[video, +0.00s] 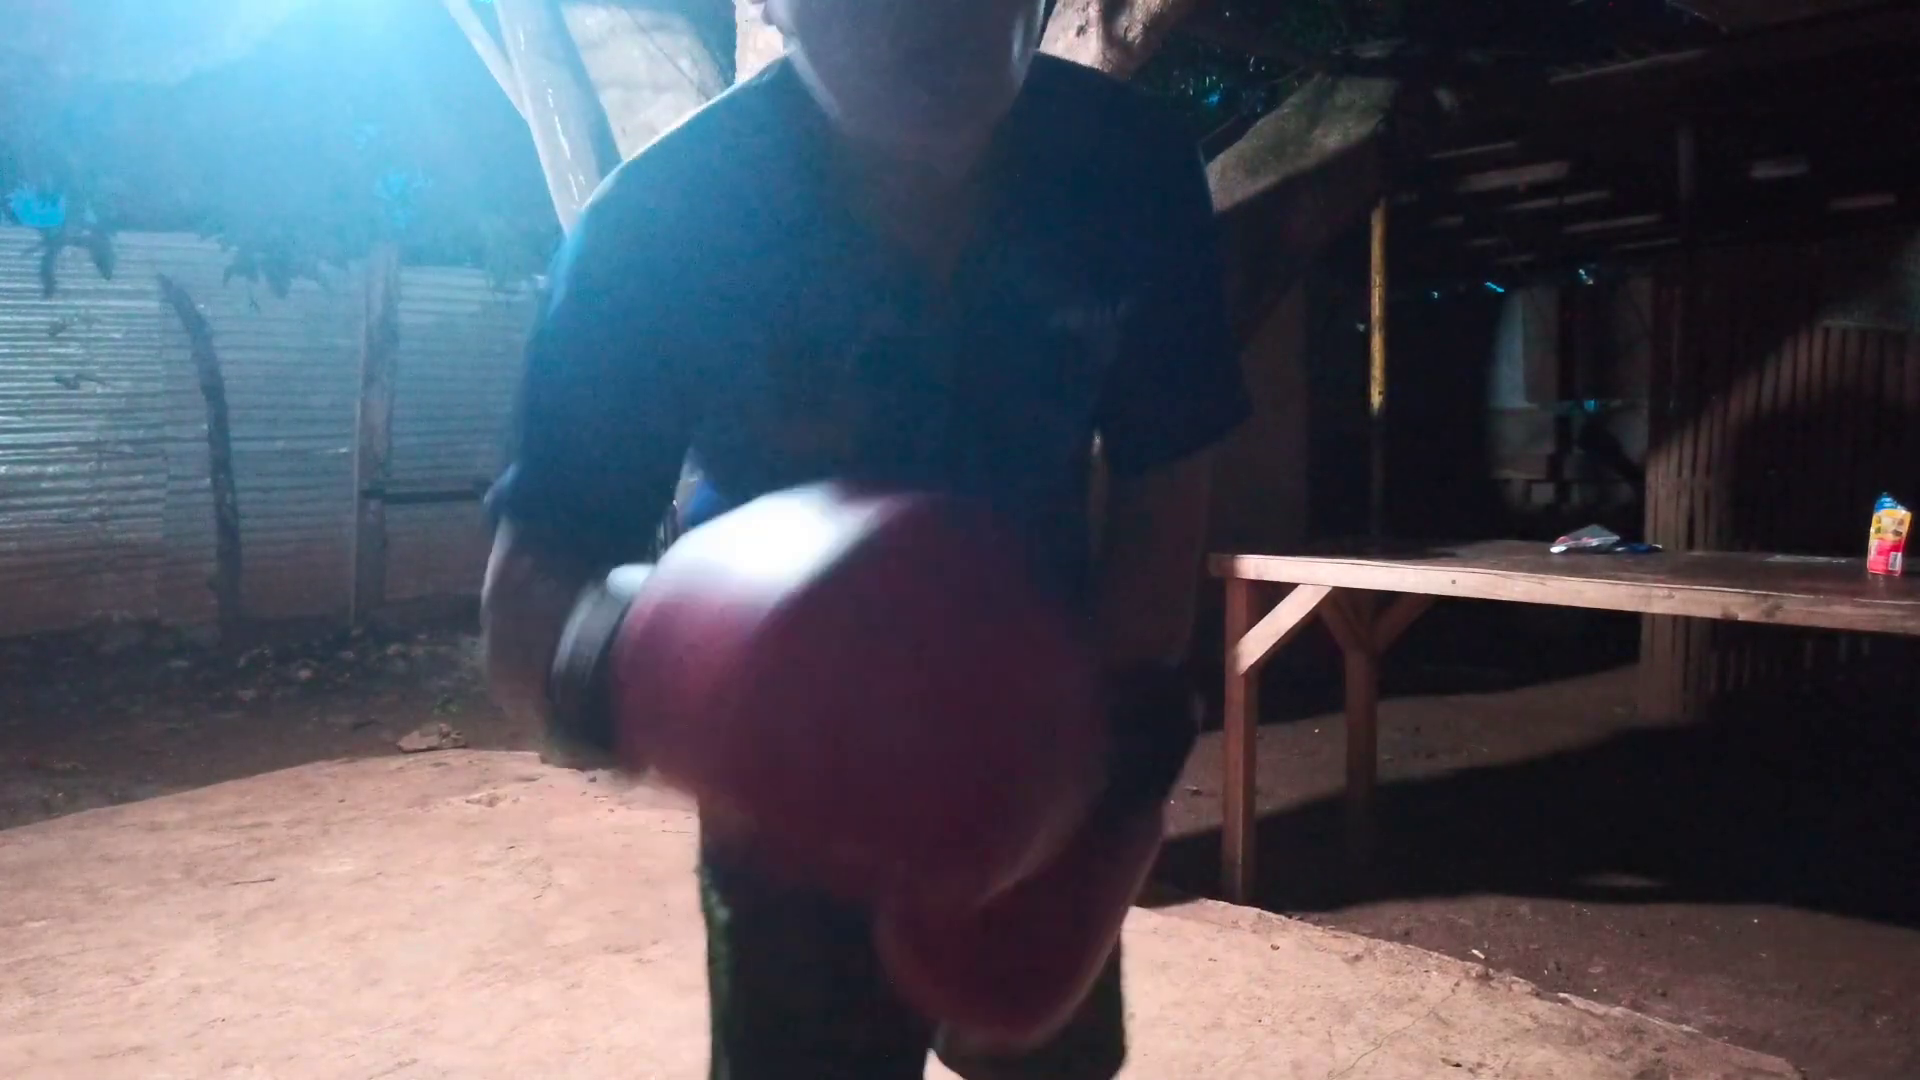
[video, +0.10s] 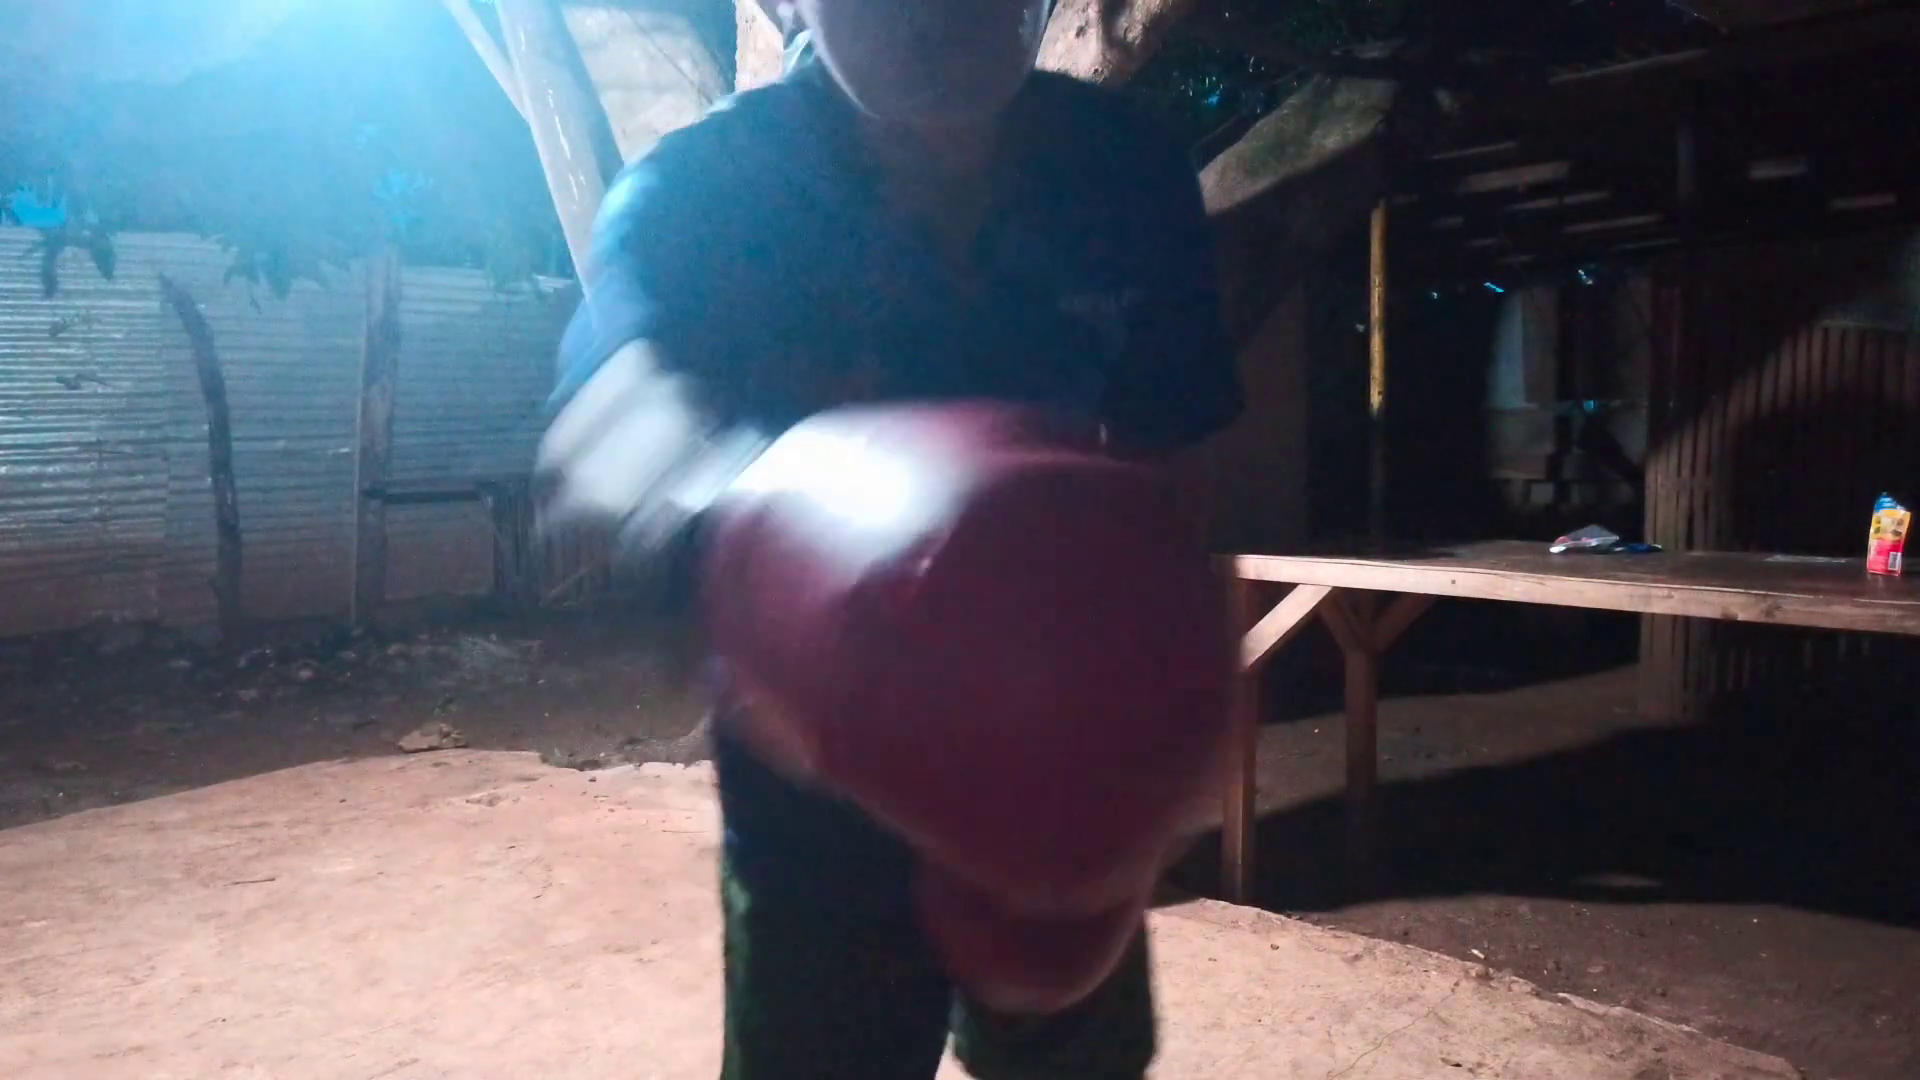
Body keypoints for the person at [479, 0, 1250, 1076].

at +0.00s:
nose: (939, 15)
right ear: (776, 6)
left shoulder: (1130, 162)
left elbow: (1164, 523)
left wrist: (1115, 816)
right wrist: (673, 667)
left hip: (1058, 761)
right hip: (802, 768)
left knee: (1058, 1057)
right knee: (796, 1061)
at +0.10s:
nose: (947, 16)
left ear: (1035, 4)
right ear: (803, 11)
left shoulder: (1123, 161)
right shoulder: (703, 185)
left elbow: (1176, 494)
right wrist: (750, 545)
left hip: (1065, 747)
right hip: (818, 760)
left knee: (1083, 1059)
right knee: (815, 1060)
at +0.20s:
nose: (966, 31)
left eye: (997, 9)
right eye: (916, 9)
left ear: (1048, 17)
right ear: (819, 16)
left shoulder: (1126, 170)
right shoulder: (747, 183)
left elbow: (1193, 489)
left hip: (1097, 708)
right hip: (864, 714)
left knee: (1117, 1055)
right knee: (836, 1058)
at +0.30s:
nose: (1017, 46)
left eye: (1045, 15)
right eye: (959, 14)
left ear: (1094, 35)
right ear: (867, 41)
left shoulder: (1148, 213)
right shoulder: (806, 209)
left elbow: (1202, 518)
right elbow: (813, 317)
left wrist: (1193, 742)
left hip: (1111, 763)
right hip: (893, 768)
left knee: (1140, 1061)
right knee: (872, 1063)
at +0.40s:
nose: (1014, 100)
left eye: (1058, 61)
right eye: (972, 64)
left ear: (1116, 73)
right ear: (911, 81)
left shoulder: (1172, 247)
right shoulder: (849, 223)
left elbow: (1218, 532)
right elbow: (836, 340)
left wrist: (1218, 752)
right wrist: (940, 361)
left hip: (1124, 766)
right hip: (914, 771)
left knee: (1175, 1061)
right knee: (909, 1067)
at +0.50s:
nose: (1042, 102)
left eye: (1082, 62)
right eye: (1002, 63)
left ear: (1139, 77)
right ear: (949, 83)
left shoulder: (1184, 252)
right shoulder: (886, 226)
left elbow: (1224, 522)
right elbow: (786, 443)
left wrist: (1250, 727)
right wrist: (933, 418)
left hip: (1133, 726)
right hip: (933, 731)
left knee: (1160, 1048)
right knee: (927, 1058)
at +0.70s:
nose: (1076, 80)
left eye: (1110, 47)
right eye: (1039, 44)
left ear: (1151, 49)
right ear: (968, 35)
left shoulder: (1194, 222)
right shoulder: (883, 210)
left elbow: (1244, 462)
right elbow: (804, 426)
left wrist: (1260, 623)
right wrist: (836, 511)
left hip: (1136, 692)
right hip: (939, 701)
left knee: (1119, 1024)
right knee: (943, 1044)